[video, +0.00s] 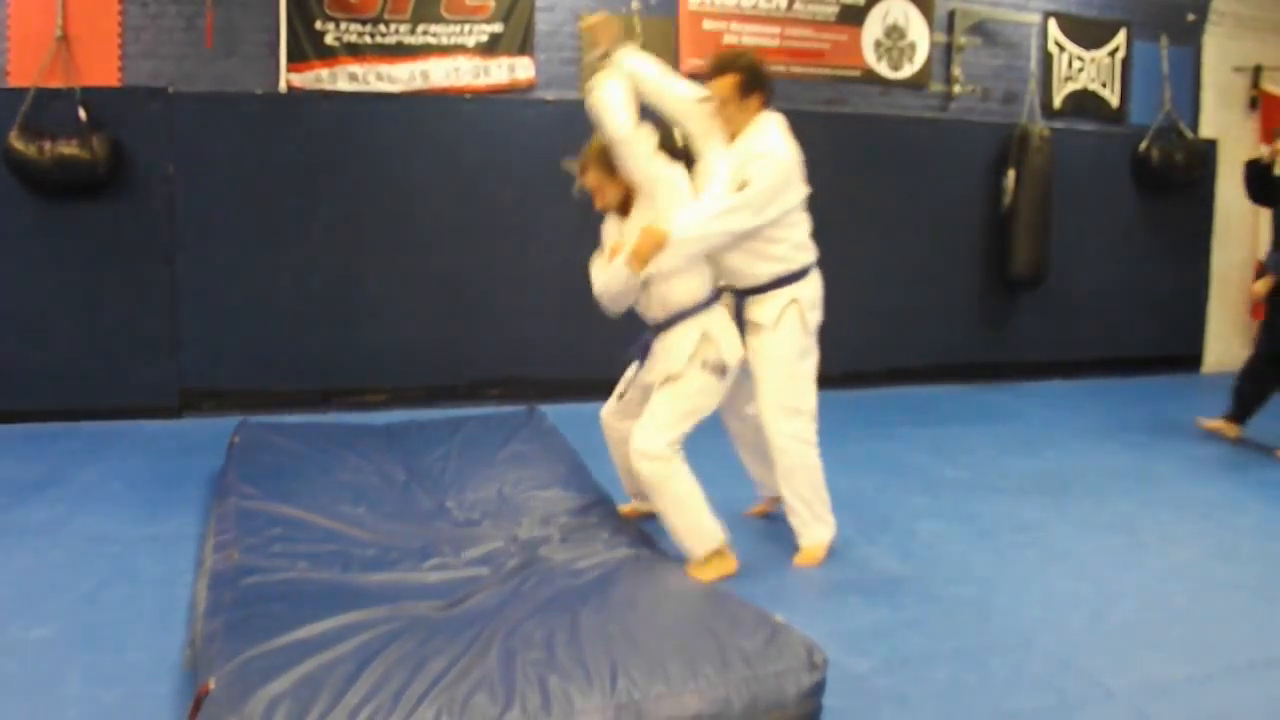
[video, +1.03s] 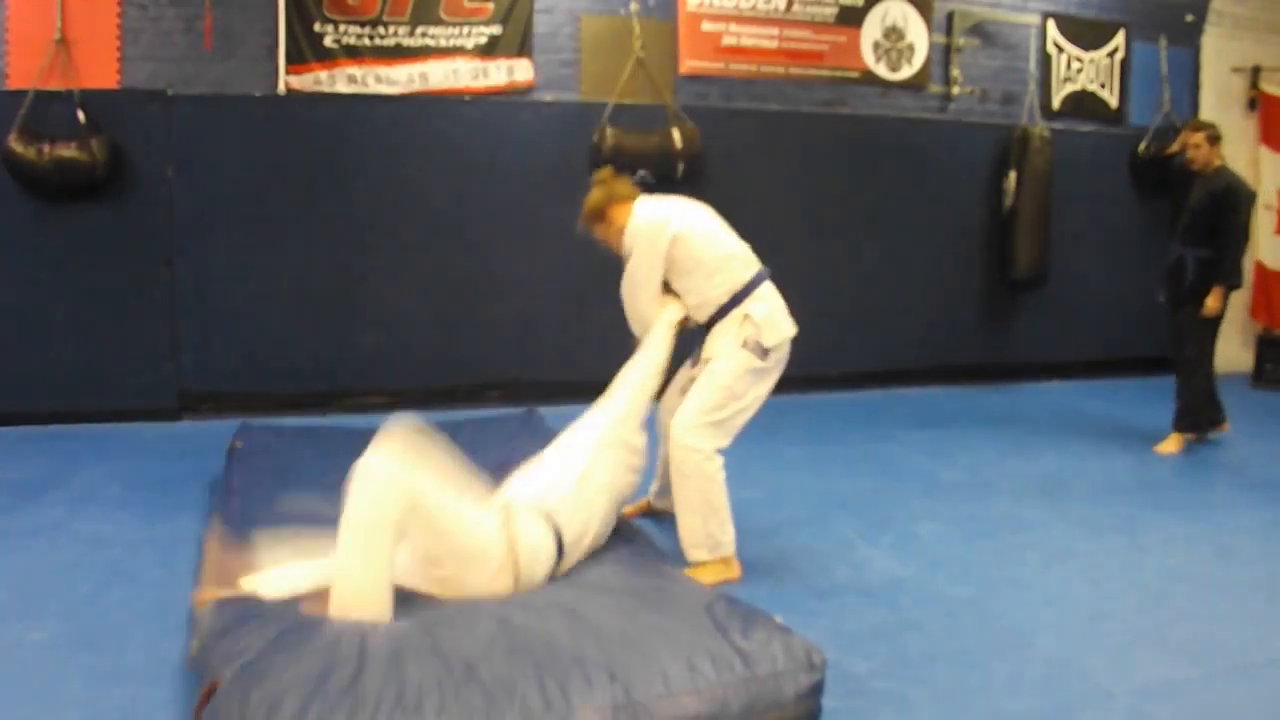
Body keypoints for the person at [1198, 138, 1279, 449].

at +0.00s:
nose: (1271, 148)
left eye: (1272, 143)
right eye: (1272, 143)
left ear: (1274, 148)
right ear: (1274, 147)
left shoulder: (1276, 185)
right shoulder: (1276, 182)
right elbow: (1261, 193)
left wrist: (1271, 274)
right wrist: (1264, 161)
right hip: (1275, 285)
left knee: (1269, 354)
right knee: (1268, 354)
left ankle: (1236, 418)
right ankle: (1235, 418)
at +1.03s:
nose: (1189, 155)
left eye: (1195, 148)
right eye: (1186, 149)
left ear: (1214, 147)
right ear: (1184, 150)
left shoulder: (1234, 189)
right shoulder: (1189, 178)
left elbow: (1233, 245)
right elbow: (1146, 175)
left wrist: (1220, 288)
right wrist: (1166, 153)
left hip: (1207, 281)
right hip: (1181, 276)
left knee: (1192, 355)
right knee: (1188, 352)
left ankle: (1184, 427)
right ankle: (1211, 416)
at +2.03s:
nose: (1103, 149)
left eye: (1108, 142)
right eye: (1100, 143)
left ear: (1128, 139)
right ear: (1098, 145)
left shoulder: (1158, 177)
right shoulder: (1100, 175)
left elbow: (1175, 228)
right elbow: (1064, 181)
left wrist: (1170, 271)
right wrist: (1088, 155)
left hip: (1146, 276)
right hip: (1106, 274)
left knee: (1146, 356)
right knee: (1103, 356)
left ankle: (1160, 431)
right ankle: (1099, 436)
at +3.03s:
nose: (1123, 146)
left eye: (1130, 139)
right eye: (1119, 139)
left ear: (1148, 140)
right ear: (1114, 141)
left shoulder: (1169, 181)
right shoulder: (1107, 172)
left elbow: (1181, 240)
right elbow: (1072, 174)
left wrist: (1176, 290)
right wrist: (1102, 147)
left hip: (1140, 284)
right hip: (1097, 279)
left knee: (1133, 371)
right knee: (1078, 363)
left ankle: (1121, 453)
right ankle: (1072, 439)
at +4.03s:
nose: (1080, 126)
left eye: (1089, 119)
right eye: (1077, 119)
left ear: (1113, 126)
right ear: (1074, 126)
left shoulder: (1141, 176)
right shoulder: (1067, 177)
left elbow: (1157, 243)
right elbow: (1041, 225)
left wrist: (1144, 296)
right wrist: (1022, 227)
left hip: (1121, 295)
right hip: (1072, 292)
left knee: (1123, 392)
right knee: (1063, 387)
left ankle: (1124, 486)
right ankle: (1057, 473)